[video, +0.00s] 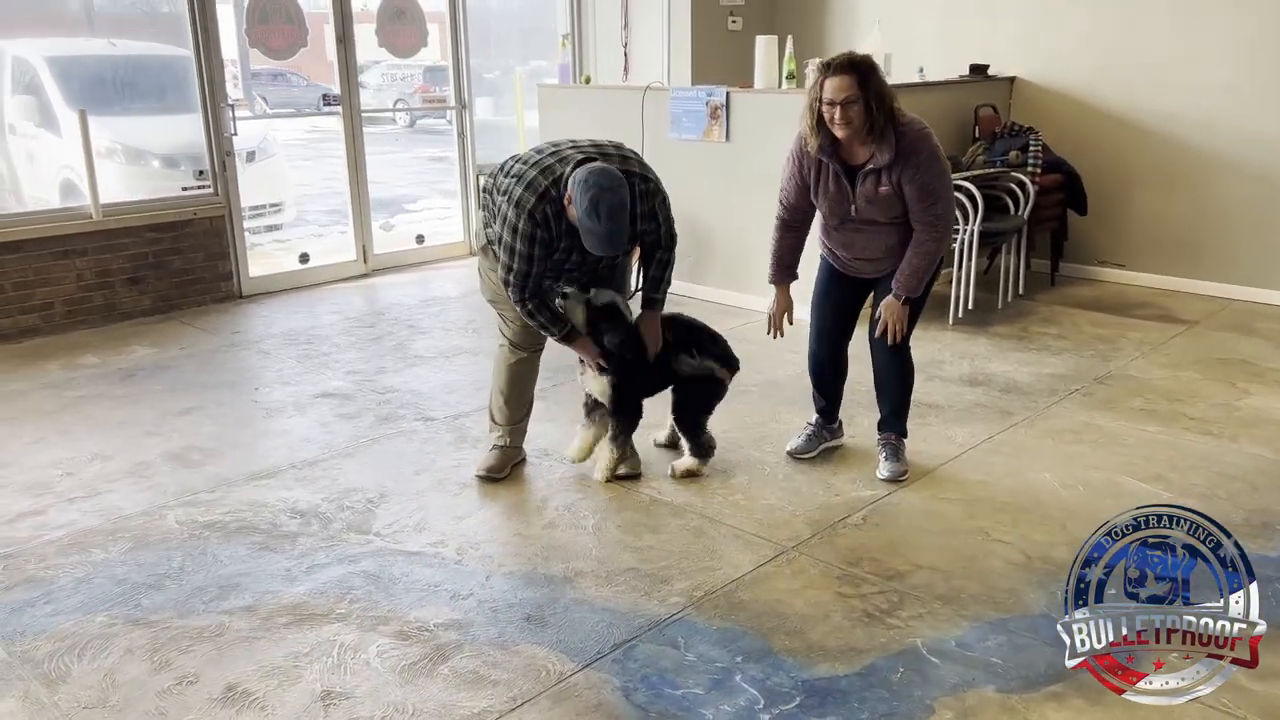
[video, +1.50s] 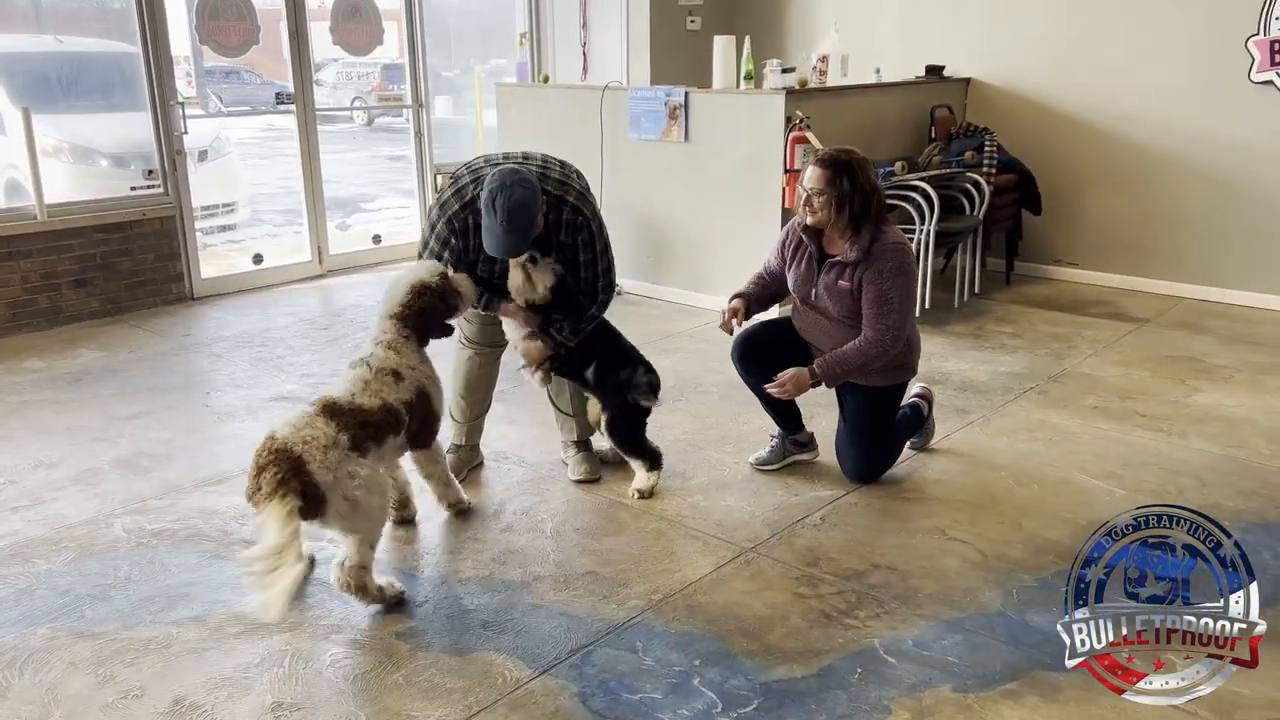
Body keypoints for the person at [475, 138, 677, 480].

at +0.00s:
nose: (602, 247)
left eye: (611, 243)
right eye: (594, 238)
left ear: (628, 201)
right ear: (569, 202)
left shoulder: (644, 186)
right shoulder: (527, 205)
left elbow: (662, 244)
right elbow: (521, 292)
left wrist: (652, 312)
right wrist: (575, 341)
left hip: (603, 245)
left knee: (610, 335)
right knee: (522, 335)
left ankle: (617, 441)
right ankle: (506, 443)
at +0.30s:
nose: (579, 281)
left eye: (589, 275)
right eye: (570, 273)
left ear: (608, 230)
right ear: (551, 228)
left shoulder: (633, 217)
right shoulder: (516, 217)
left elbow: (640, 302)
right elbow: (496, 288)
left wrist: (626, 374)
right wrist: (553, 331)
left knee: (609, 337)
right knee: (518, 339)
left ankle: (619, 446)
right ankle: (507, 446)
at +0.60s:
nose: (557, 295)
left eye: (567, 279)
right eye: (545, 286)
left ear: (583, 234)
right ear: (523, 235)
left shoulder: (615, 209)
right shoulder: (498, 224)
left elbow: (651, 270)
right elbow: (495, 302)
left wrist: (620, 335)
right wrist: (550, 354)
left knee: (609, 348)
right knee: (515, 343)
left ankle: (616, 448)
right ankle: (502, 448)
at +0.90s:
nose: (548, 286)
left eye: (554, 273)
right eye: (534, 279)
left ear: (566, 230)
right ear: (506, 234)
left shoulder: (600, 213)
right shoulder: (480, 225)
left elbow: (628, 290)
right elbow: (484, 301)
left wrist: (619, 361)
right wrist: (542, 346)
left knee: (600, 338)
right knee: (505, 340)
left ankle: (604, 448)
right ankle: (491, 447)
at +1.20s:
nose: (523, 273)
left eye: (532, 259)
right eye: (512, 267)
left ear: (547, 221)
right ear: (487, 224)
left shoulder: (586, 210)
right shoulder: (463, 219)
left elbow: (613, 292)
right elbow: (462, 290)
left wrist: (594, 365)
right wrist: (524, 328)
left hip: (570, 259)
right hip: (498, 267)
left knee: (579, 346)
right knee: (491, 346)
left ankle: (589, 447)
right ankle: (476, 447)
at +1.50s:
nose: (512, 255)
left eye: (521, 247)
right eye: (503, 249)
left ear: (540, 216)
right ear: (482, 212)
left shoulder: (576, 209)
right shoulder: (454, 208)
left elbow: (599, 290)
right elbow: (432, 275)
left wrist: (549, 342)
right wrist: (501, 307)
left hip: (556, 262)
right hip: (482, 264)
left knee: (562, 349)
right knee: (477, 343)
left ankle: (577, 445)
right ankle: (463, 446)